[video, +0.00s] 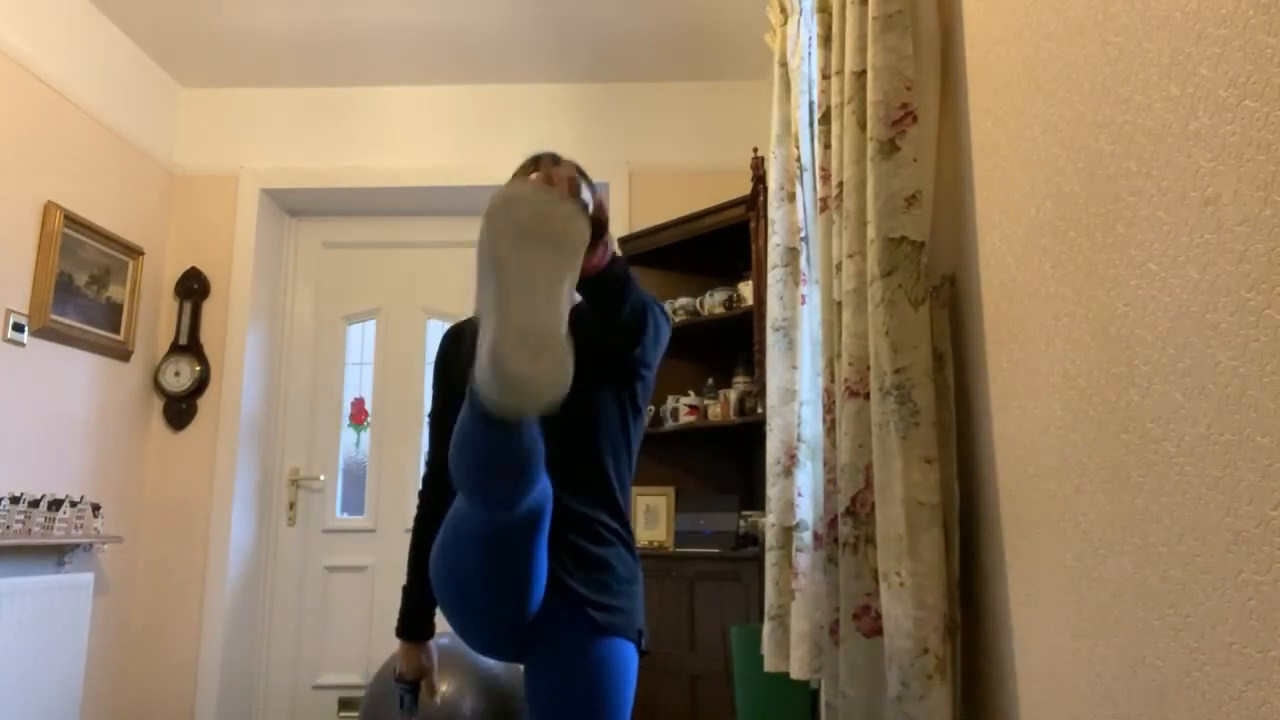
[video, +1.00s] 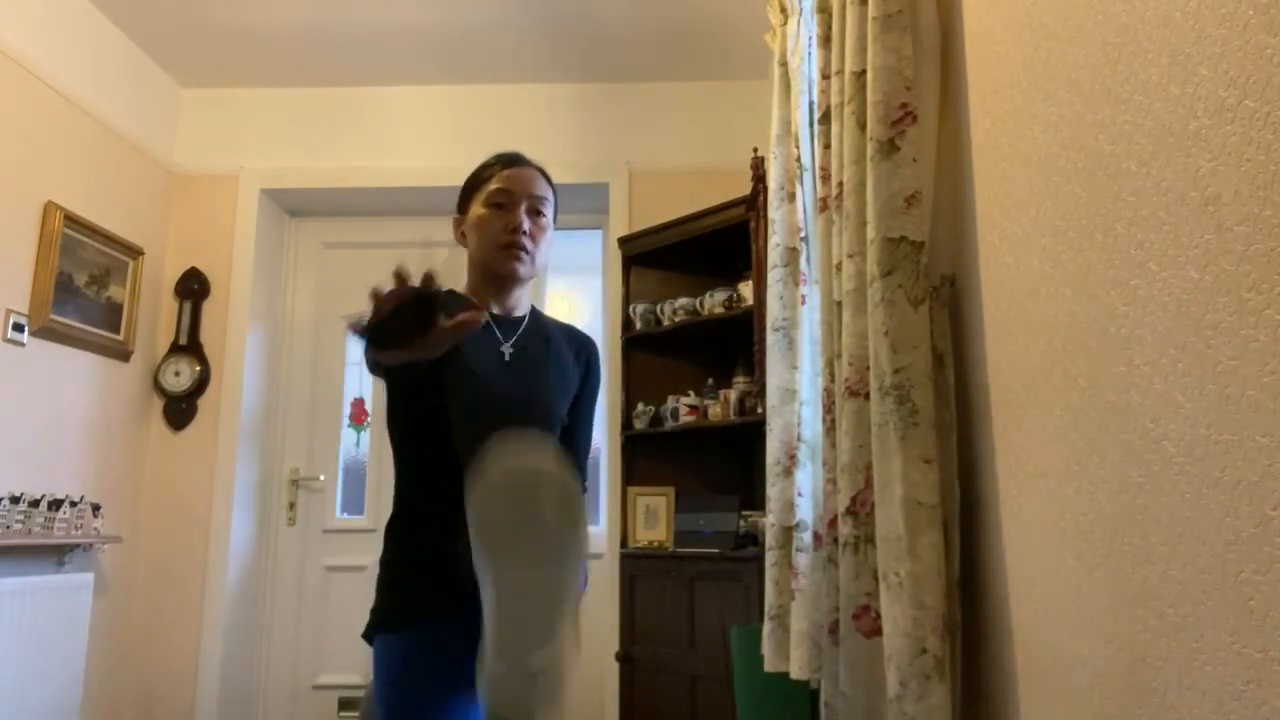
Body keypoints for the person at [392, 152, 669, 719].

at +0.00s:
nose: (546, 220)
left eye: (563, 206)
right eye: (530, 206)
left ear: (593, 228)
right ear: (505, 222)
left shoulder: (631, 323)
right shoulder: (465, 340)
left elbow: (632, 325)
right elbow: (438, 487)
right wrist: (414, 630)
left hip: (593, 598)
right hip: (484, 600)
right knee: (497, 501)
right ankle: (507, 392)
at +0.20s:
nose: (553, 215)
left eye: (572, 202)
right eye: (533, 199)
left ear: (596, 229)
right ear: (505, 226)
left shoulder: (630, 316)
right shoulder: (461, 324)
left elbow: (673, 353)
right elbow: (425, 469)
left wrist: (672, 373)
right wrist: (387, 605)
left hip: (592, 572)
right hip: (482, 557)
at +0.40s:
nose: (540, 229)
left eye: (557, 216)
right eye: (520, 211)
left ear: (575, 239)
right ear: (489, 231)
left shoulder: (610, 344)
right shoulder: (433, 327)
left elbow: (654, 472)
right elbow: (378, 465)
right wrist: (320, 599)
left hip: (569, 627)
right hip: (446, 621)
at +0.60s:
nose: (522, 220)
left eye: (541, 211)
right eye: (504, 204)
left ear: (558, 241)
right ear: (473, 225)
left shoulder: (590, 348)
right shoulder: (415, 314)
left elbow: (589, 483)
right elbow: (358, 409)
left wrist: (579, 588)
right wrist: (303, 514)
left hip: (535, 575)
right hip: (422, 578)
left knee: (522, 706)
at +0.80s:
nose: (520, 224)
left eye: (538, 214)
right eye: (500, 207)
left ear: (549, 241)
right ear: (462, 229)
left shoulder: (578, 354)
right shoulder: (421, 330)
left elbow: (565, 491)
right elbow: (383, 355)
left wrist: (520, 631)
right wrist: (401, 314)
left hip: (524, 590)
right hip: (419, 596)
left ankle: (474, 506)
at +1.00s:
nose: (521, 220)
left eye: (538, 211)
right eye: (500, 204)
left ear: (549, 238)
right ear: (461, 227)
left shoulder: (575, 352)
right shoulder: (422, 322)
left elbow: (573, 478)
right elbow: (385, 348)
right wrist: (401, 335)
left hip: (533, 600)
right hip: (426, 596)